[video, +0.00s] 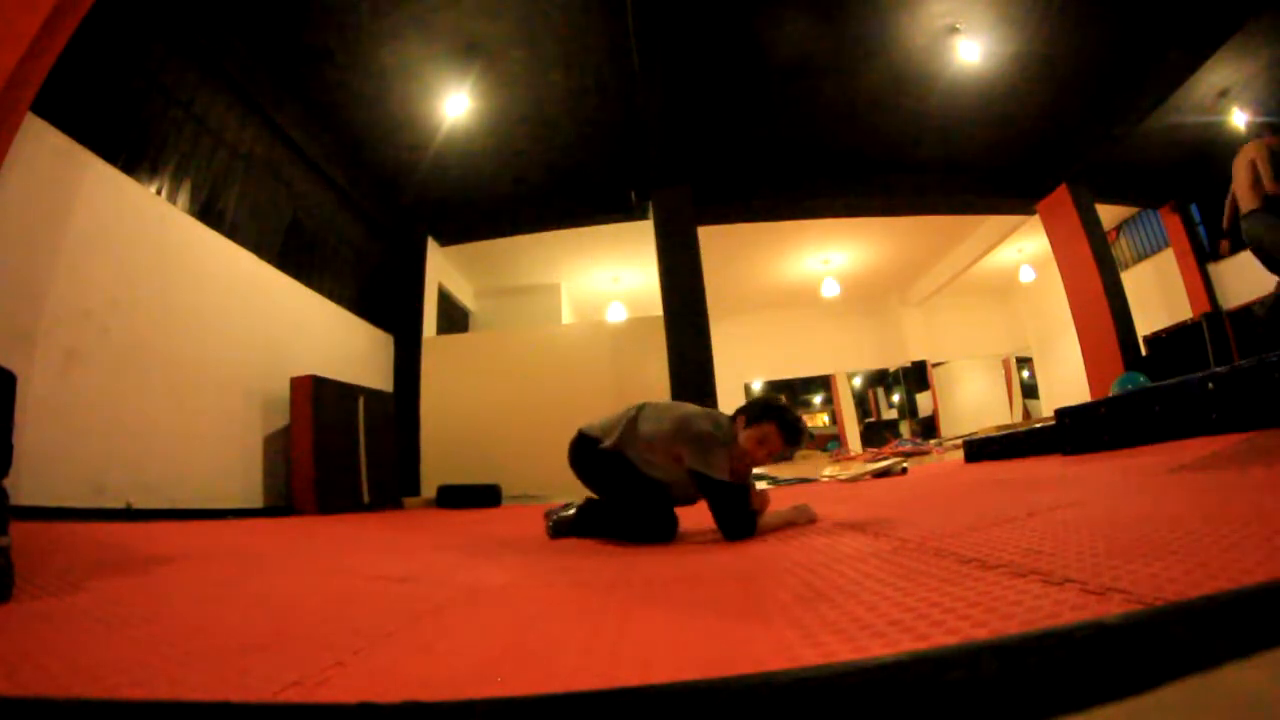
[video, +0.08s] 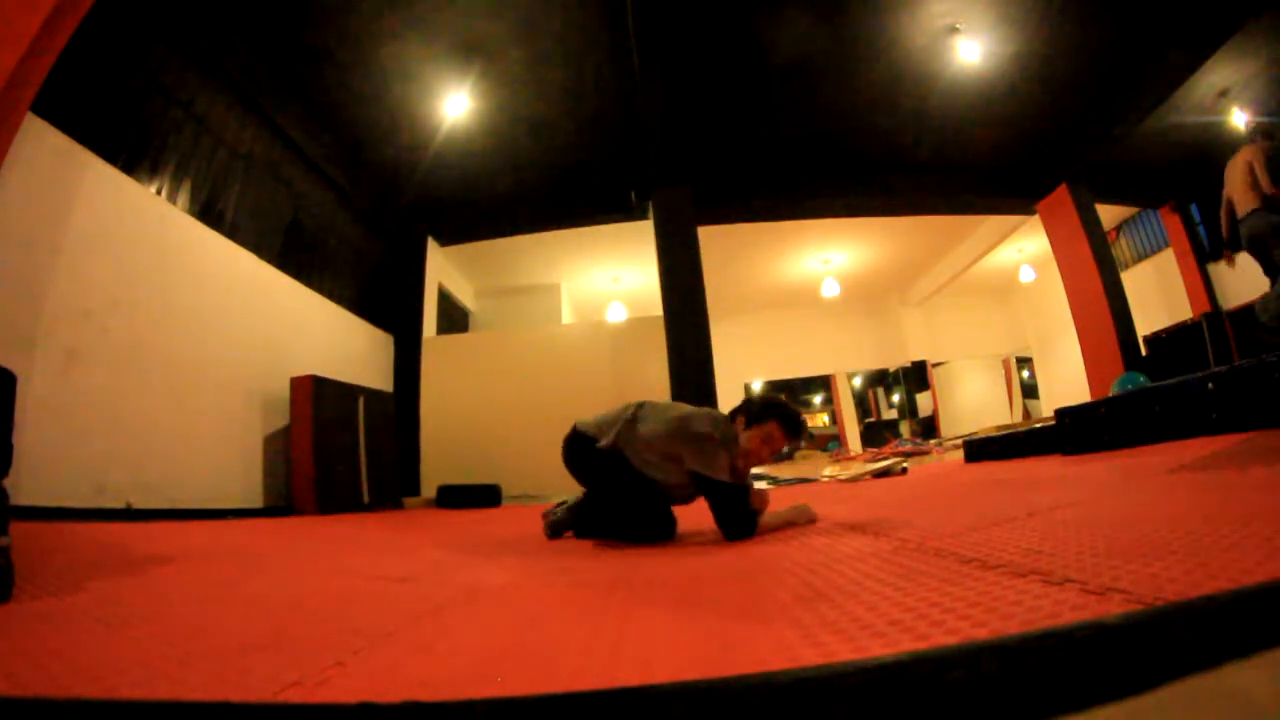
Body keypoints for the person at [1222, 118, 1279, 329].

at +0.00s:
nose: (1277, 142)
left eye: (1276, 138)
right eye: (1275, 138)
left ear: (1257, 134)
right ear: (1269, 135)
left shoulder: (1240, 156)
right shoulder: (1258, 147)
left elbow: (1232, 197)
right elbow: (1270, 186)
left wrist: (1226, 232)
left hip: (1246, 220)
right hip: (1261, 217)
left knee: (1275, 268)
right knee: (1278, 266)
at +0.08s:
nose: (1269, 148)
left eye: (1269, 145)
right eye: (1268, 144)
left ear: (1250, 138)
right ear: (1263, 140)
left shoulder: (1231, 165)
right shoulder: (1254, 150)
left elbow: (1225, 207)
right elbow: (1268, 188)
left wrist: (1226, 242)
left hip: (1243, 225)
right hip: (1261, 217)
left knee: (1273, 273)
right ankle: (1269, 309)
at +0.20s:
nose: (1252, 160)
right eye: (1252, 158)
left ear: (1233, 162)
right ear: (1249, 158)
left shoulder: (1223, 185)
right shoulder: (1254, 169)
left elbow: (1221, 227)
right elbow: (1272, 196)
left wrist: (1232, 257)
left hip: (1243, 239)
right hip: (1264, 229)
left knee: (1256, 284)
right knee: (1274, 286)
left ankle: (1260, 332)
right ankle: (1277, 333)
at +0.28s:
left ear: (1224, 170)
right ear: (1242, 165)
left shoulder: (1218, 195)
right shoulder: (1254, 180)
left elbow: (1218, 231)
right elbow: (1274, 199)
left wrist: (1229, 258)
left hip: (1241, 246)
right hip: (1263, 238)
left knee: (1248, 297)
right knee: (1272, 297)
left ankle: (1248, 345)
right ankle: (1275, 345)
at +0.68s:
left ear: (1190, 178)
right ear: (1207, 171)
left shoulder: (1191, 196)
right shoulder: (1225, 181)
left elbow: (1194, 230)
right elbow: (1252, 204)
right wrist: (1255, 228)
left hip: (1223, 239)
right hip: (1244, 233)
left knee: (1231, 299)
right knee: (1263, 287)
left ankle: (1236, 350)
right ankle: (1270, 334)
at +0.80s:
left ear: (1188, 180)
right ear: (1204, 171)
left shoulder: (1189, 201)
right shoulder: (1222, 182)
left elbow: (1194, 232)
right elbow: (1246, 203)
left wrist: (1195, 254)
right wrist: (1254, 225)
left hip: (1221, 239)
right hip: (1241, 232)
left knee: (1233, 297)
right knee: (1262, 285)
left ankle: (1243, 345)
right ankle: (1273, 330)